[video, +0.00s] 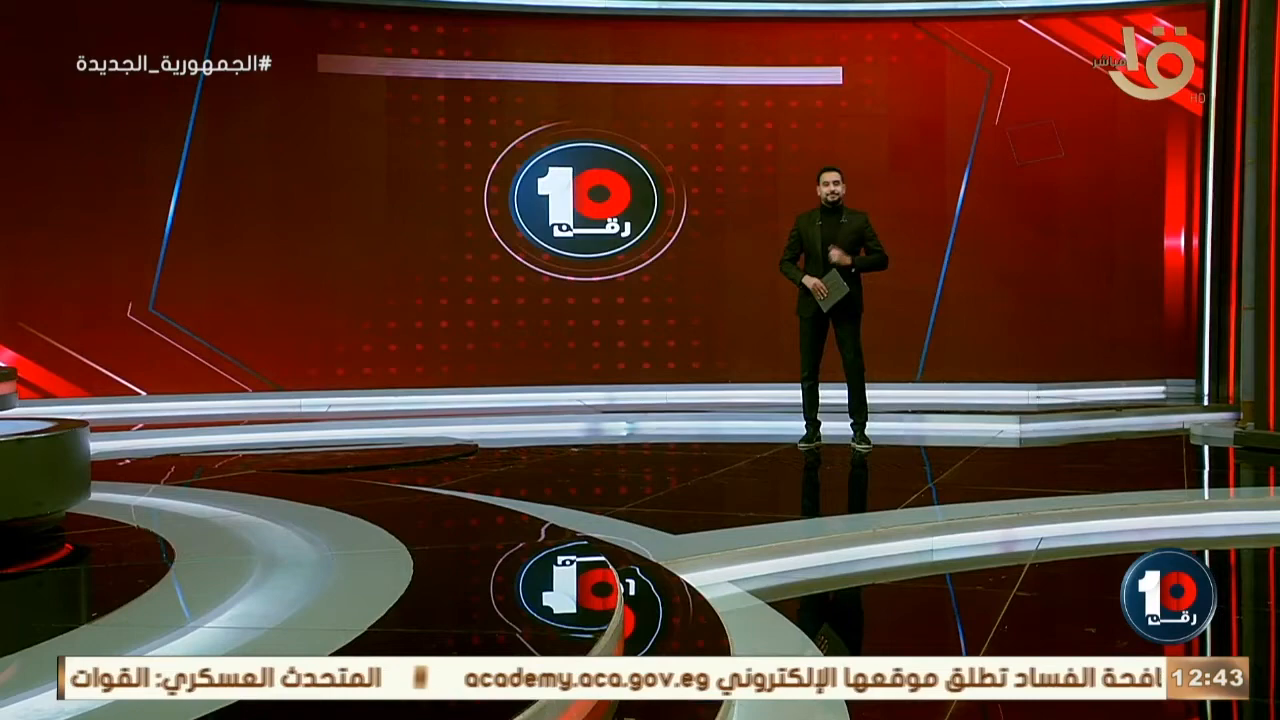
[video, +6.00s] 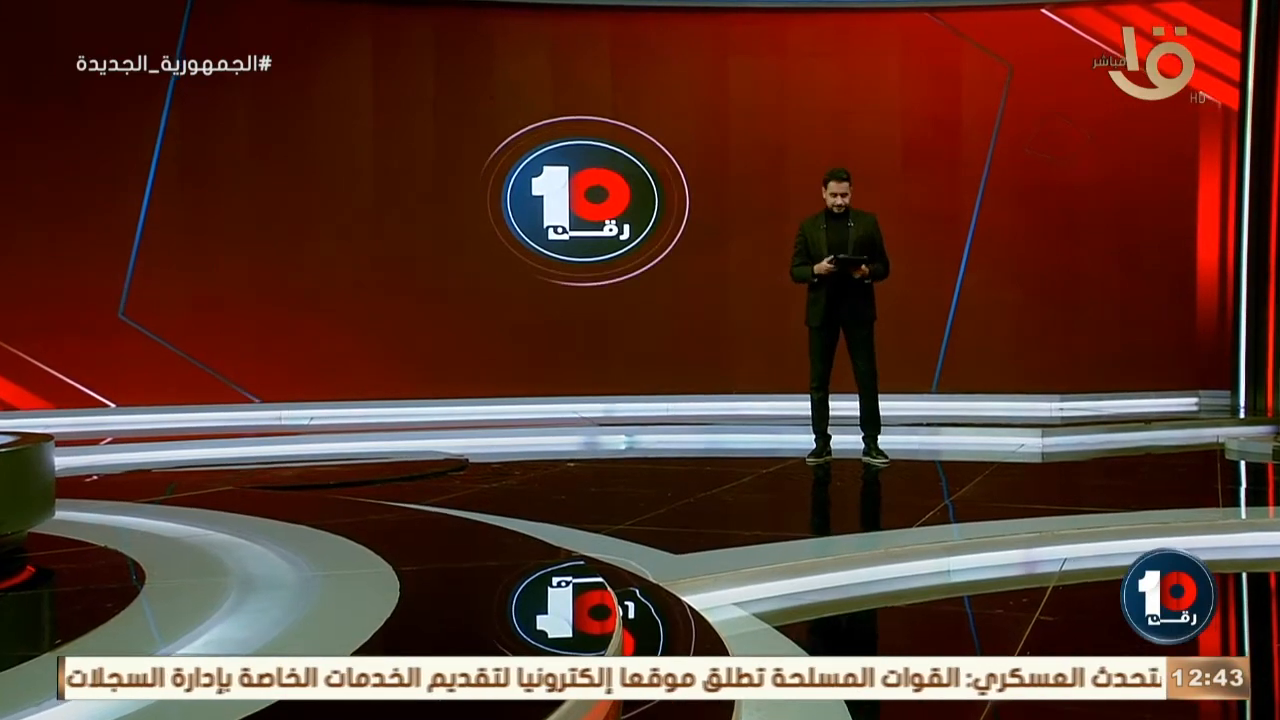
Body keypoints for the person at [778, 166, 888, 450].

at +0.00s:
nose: (832, 189)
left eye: (836, 184)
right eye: (826, 184)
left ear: (844, 187)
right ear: (818, 189)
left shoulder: (858, 220)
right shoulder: (805, 222)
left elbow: (880, 259)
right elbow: (786, 263)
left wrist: (851, 261)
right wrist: (805, 279)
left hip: (847, 304)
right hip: (812, 304)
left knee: (853, 366)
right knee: (809, 369)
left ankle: (859, 430)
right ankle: (811, 429)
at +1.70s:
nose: (848, 189)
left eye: (854, 184)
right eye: (844, 184)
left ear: (864, 189)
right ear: (837, 188)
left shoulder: (878, 222)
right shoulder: (823, 222)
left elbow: (888, 262)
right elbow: (807, 262)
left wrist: (893, 275)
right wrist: (818, 280)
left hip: (867, 306)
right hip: (831, 305)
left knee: (868, 371)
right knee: (822, 368)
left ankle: (863, 434)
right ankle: (815, 431)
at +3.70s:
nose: (863, 191)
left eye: (869, 186)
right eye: (858, 185)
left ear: (877, 190)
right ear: (850, 189)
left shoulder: (892, 224)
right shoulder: (837, 223)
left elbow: (903, 261)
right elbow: (820, 264)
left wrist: (911, 278)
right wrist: (829, 283)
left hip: (878, 308)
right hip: (841, 306)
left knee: (875, 375)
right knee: (829, 369)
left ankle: (867, 438)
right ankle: (821, 436)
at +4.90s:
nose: (823, 194)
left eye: (828, 188)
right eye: (817, 189)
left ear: (837, 191)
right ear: (810, 193)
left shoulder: (854, 224)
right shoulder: (799, 227)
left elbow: (871, 265)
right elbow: (785, 269)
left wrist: (866, 278)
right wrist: (797, 286)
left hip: (846, 310)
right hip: (810, 311)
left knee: (856, 374)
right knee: (811, 378)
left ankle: (868, 441)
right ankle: (819, 441)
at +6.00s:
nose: (840, 200)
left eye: (844, 194)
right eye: (834, 195)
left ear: (851, 194)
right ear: (824, 194)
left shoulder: (866, 223)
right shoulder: (810, 227)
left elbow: (883, 268)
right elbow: (797, 271)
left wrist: (868, 271)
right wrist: (815, 270)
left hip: (858, 312)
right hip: (822, 314)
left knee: (867, 378)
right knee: (819, 379)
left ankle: (871, 444)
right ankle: (821, 443)